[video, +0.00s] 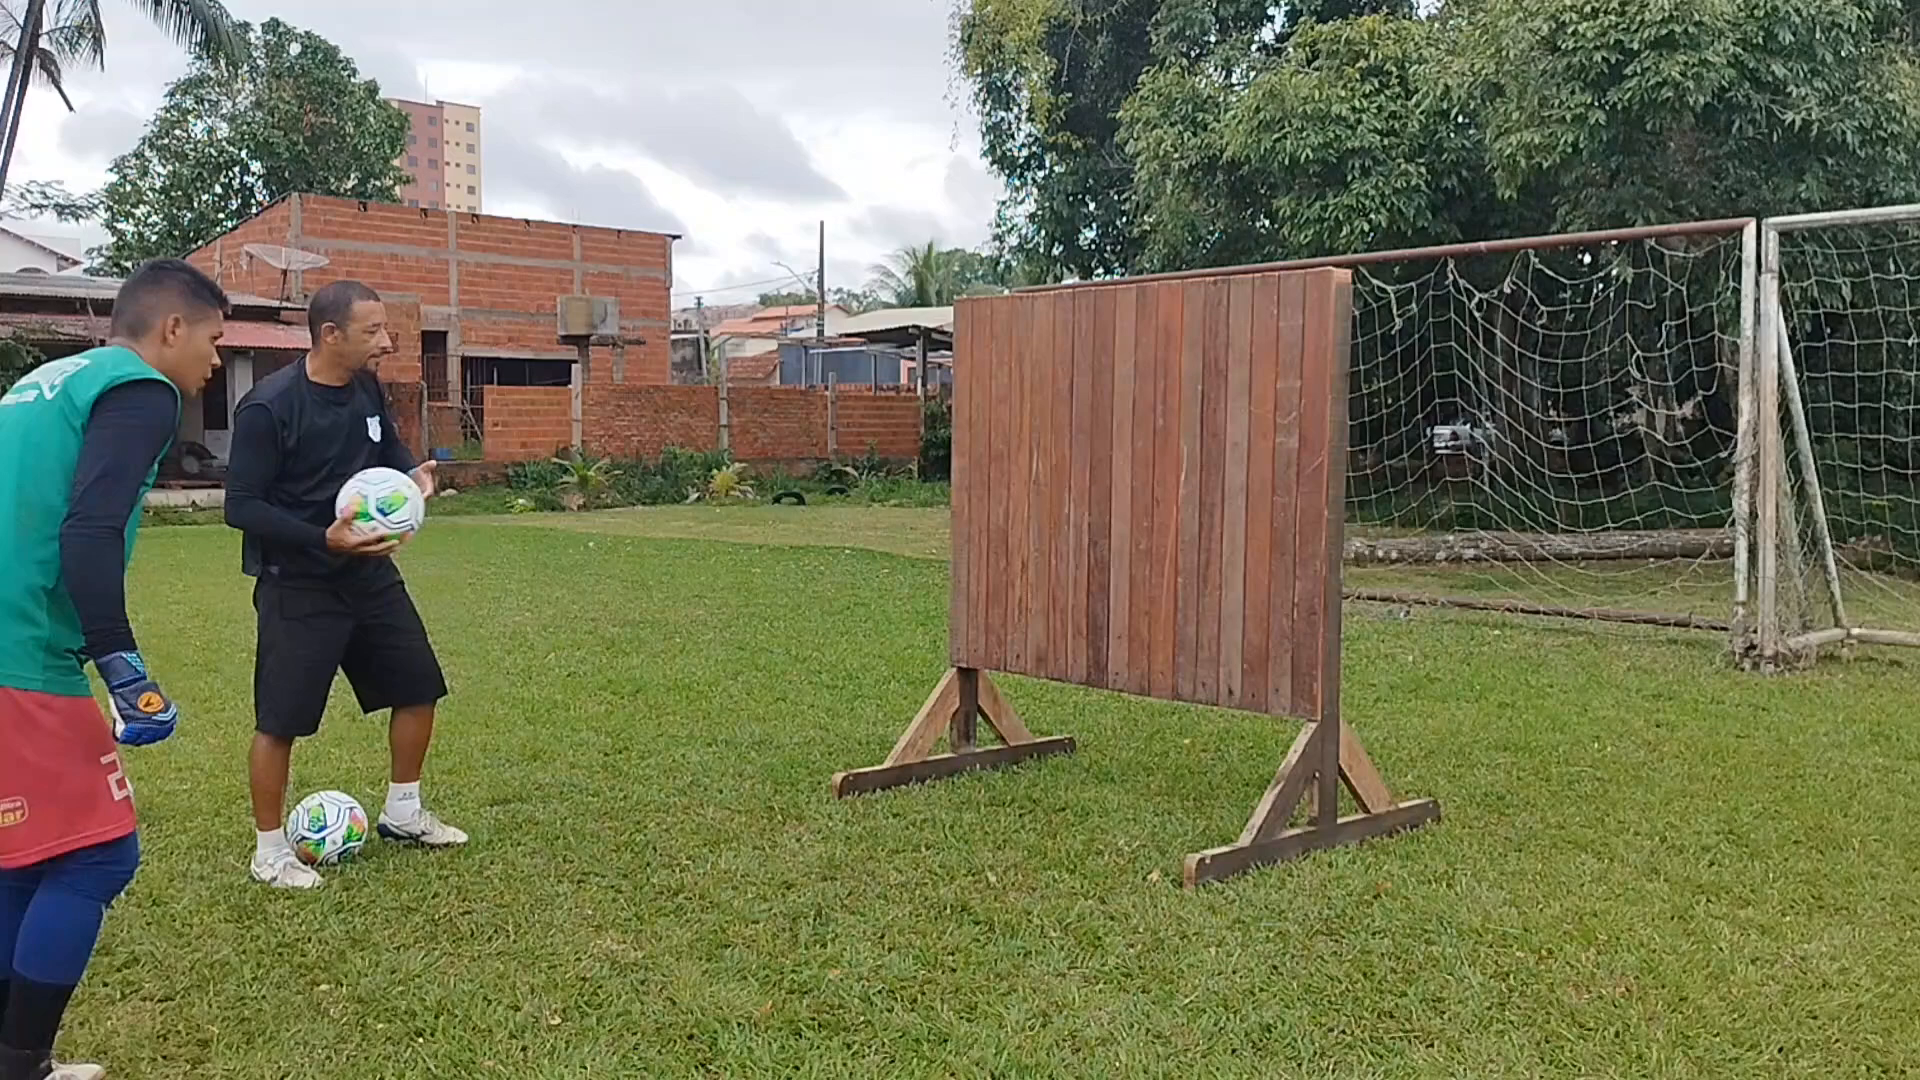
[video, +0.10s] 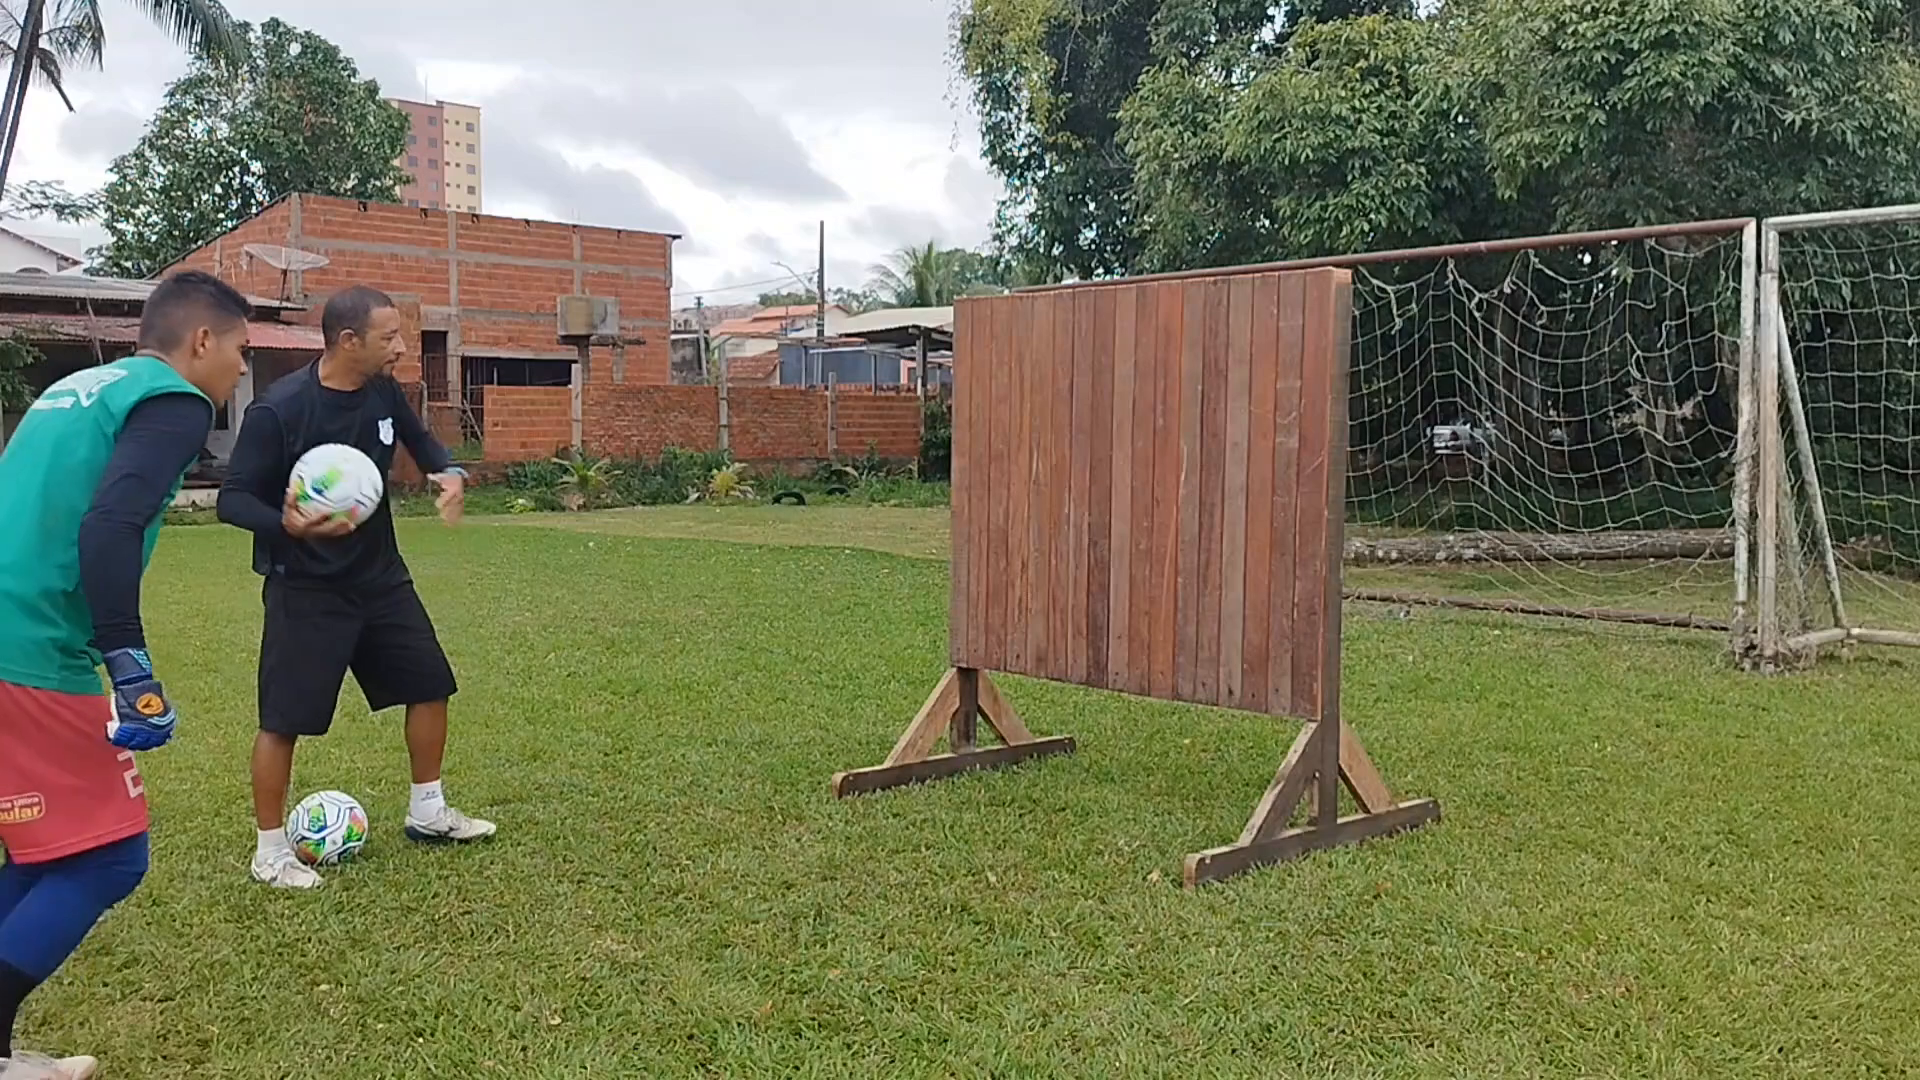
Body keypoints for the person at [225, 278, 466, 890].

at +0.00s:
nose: (382, 343)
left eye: (384, 331)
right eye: (372, 332)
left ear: (348, 334)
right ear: (330, 333)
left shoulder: (367, 393)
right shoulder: (268, 408)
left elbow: (386, 465)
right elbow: (240, 506)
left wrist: (412, 477)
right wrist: (323, 538)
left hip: (372, 578)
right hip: (296, 586)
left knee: (419, 688)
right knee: (279, 721)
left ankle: (402, 813)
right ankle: (270, 851)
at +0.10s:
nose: (397, 348)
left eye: (397, 337)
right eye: (387, 339)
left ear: (356, 341)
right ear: (346, 341)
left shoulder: (384, 393)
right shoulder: (278, 410)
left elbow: (424, 445)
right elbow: (232, 500)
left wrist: (447, 474)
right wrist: (284, 523)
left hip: (380, 580)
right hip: (304, 591)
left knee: (430, 684)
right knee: (282, 720)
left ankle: (427, 811)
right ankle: (271, 852)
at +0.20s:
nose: (421, 356)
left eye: (421, 344)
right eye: (410, 347)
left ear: (386, 349)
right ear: (367, 350)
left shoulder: (407, 393)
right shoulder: (307, 408)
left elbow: (460, 424)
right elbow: (237, 503)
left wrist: (515, 476)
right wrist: (260, 452)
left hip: (392, 579)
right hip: (317, 586)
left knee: (442, 682)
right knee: (289, 717)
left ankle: (458, 811)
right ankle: (272, 852)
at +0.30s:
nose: (451, 368)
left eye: (450, 357)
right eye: (440, 359)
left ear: (420, 361)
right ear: (399, 363)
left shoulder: (436, 397)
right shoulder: (334, 412)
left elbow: (489, 411)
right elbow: (261, 458)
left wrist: (557, 450)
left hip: (411, 583)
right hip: (336, 589)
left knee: (458, 685)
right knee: (299, 711)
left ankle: (475, 815)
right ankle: (273, 849)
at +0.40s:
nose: (493, 378)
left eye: (492, 366)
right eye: (484, 368)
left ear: (458, 372)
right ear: (447, 372)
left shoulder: (466, 408)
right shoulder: (383, 416)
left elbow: (494, 403)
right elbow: (312, 444)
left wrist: (541, 426)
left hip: (436, 589)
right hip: (365, 590)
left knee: (482, 686)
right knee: (318, 721)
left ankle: (481, 816)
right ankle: (281, 840)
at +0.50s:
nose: (536, 387)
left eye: (536, 376)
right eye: (528, 377)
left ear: (492, 381)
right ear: (491, 380)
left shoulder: (486, 425)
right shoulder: (446, 431)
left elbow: (476, 430)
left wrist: (504, 439)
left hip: (447, 597)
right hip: (398, 598)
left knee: (490, 685)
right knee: (360, 716)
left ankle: (482, 815)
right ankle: (283, 839)